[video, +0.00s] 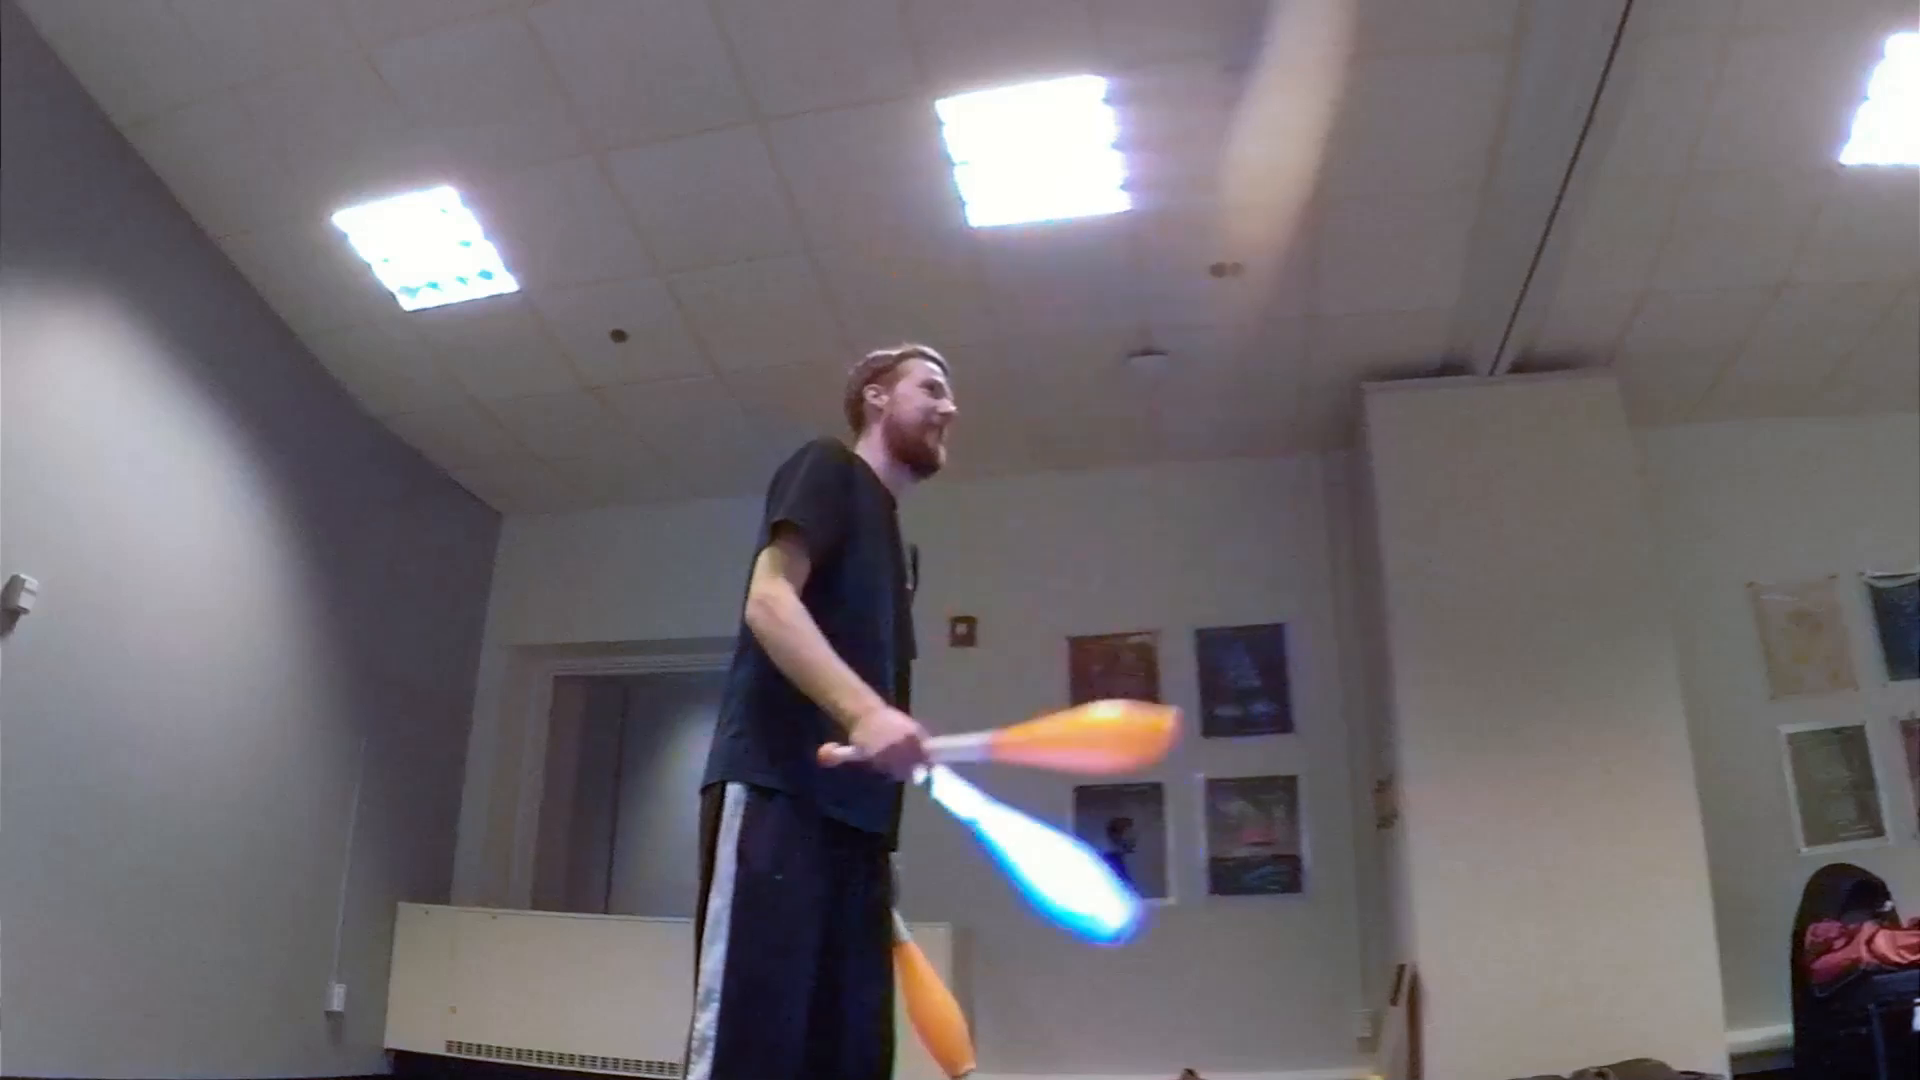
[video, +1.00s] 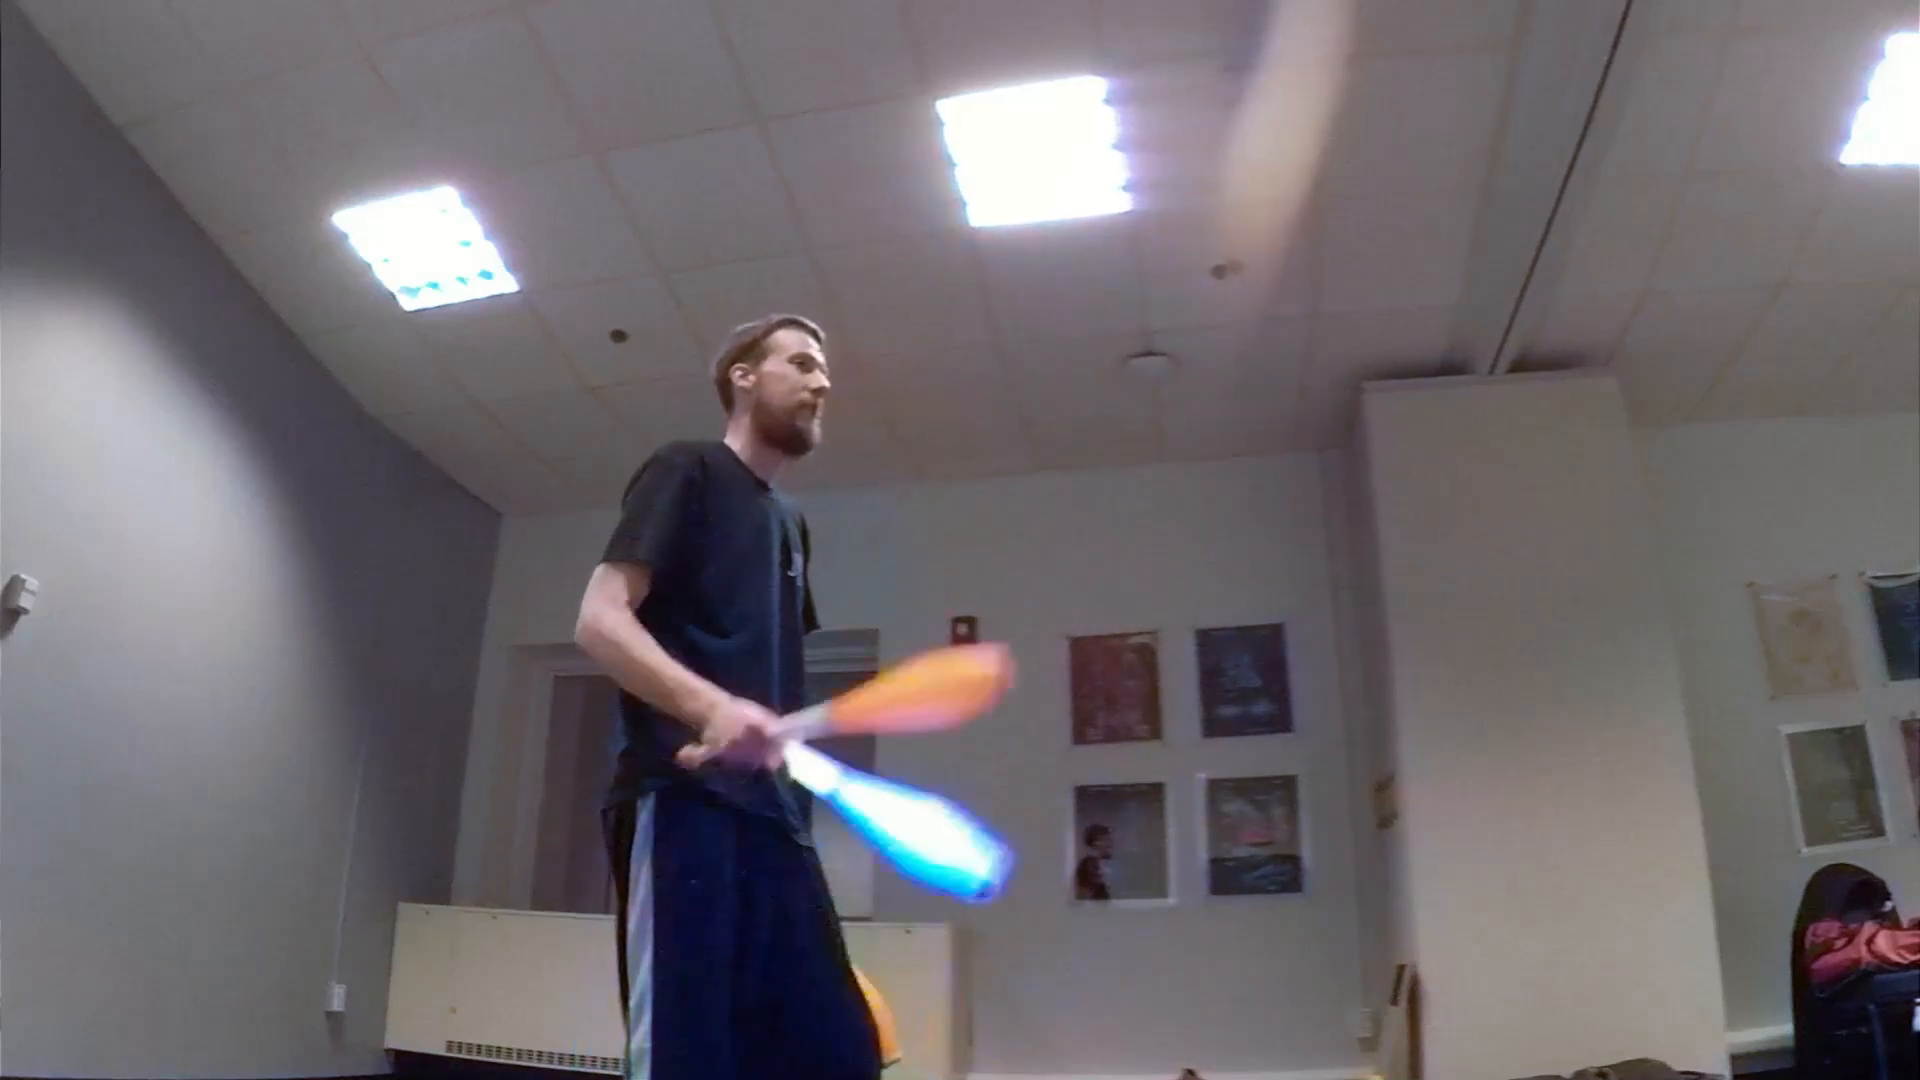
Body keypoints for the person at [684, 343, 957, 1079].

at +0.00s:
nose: (949, 406)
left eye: (950, 396)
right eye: (930, 387)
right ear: (874, 397)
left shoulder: (891, 535)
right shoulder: (827, 467)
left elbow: (873, 692)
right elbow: (769, 602)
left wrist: (875, 854)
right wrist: (864, 711)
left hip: (852, 814)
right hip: (777, 798)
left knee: (849, 1038)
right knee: (752, 1031)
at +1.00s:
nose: (822, 381)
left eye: (824, 372)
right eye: (801, 362)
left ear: (822, 405)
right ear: (741, 379)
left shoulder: (790, 524)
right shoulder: (686, 470)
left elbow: (774, 670)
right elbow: (599, 618)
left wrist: (788, 740)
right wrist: (710, 709)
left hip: (771, 814)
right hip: (685, 806)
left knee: (836, 1046)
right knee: (683, 1050)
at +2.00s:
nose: (801, 397)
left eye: (805, 388)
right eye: (782, 378)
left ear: (799, 411)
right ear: (724, 388)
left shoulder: (763, 534)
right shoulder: (684, 454)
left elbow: (751, 666)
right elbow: (770, 484)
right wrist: (934, 415)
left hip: (755, 798)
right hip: (674, 786)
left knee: (813, 1029)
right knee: (671, 1026)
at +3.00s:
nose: (922, 414)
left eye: (926, 397)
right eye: (911, 394)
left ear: (903, 408)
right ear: (855, 391)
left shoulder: (879, 536)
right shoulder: (805, 454)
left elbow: (862, 704)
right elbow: (899, 431)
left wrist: (890, 826)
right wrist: (982, 304)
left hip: (845, 794)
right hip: (767, 782)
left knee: (856, 1027)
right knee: (735, 1018)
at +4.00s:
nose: (854, 395)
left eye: (855, 381)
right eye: (838, 374)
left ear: (823, 398)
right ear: (780, 380)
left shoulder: (789, 515)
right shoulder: (737, 458)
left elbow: (785, 688)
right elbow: (842, 334)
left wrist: (871, 759)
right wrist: (869, 215)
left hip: (793, 779)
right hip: (732, 770)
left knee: (817, 1008)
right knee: (710, 1006)